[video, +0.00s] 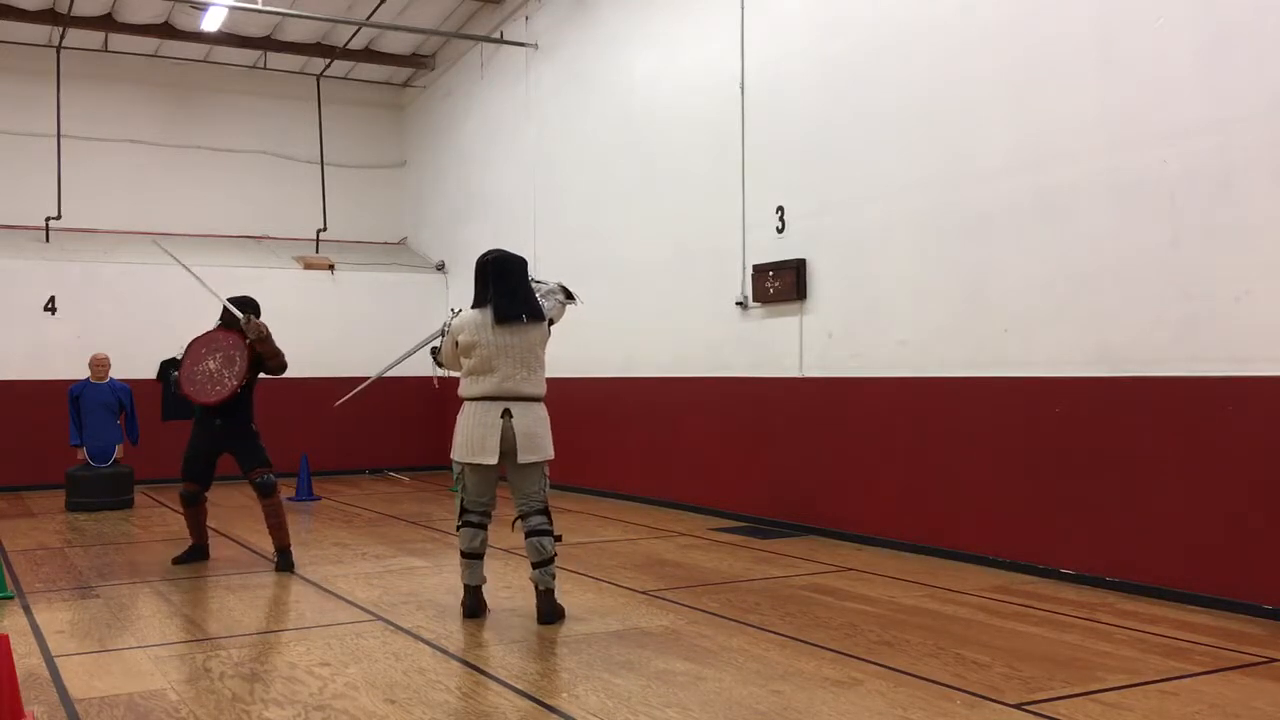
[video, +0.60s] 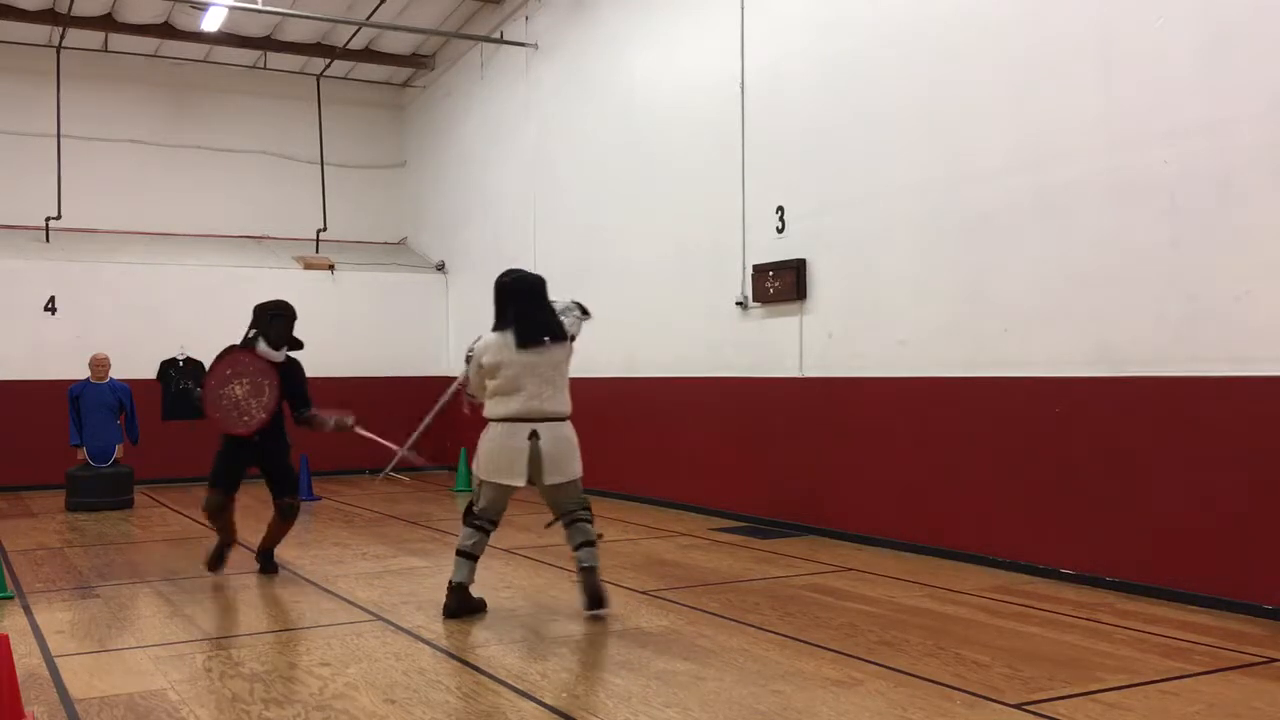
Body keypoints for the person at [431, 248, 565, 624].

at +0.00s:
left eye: (478, 280)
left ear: (481, 283)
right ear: (522, 282)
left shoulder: (465, 323)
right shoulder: (538, 318)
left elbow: (448, 360)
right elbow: (558, 297)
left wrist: (451, 331)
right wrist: (532, 283)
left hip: (478, 425)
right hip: (529, 423)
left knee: (474, 509)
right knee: (534, 508)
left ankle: (473, 595)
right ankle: (546, 599)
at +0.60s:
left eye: (499, 301)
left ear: (501, 304)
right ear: (541, 300)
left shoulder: (487, 346)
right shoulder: (560, 335)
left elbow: (476, 391)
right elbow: (572, 315)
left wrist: (472, 360)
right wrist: (574, 310)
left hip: (503, 441)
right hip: (556, 439)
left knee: (483, 516)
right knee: (574, 512)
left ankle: (457, 592)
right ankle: (591, 580)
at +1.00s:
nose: (603, 291)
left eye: (608, 285)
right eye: (605, 284)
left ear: (616, 292)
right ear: (648, 290)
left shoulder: (602, 330)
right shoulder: (666, 332)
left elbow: (561, 348)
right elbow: (645, 314)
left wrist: (551, 308)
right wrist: (613, 290)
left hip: (602, 434)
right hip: (649, 437)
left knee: (559, 512)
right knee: (629, 518)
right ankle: (646, 597)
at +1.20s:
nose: (652, 291)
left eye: (655, 285)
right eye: (651, 284)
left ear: (664, 290)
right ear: (697, 286)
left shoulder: (653, 330)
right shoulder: (713, 327)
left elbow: (609, 343)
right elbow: (691, 294)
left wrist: (594, 299)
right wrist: (652, 267)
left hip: (653, 436)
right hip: (696, 436)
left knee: (633, 528)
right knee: (655, 517)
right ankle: (647, 600)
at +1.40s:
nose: (695, 289)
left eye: (698, 282)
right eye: (693, 282)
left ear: (708, 286)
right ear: (743, 279)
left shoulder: (706, 331)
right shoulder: (765, 319)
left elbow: (656, 351)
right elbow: (733, 287)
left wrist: (632, 308)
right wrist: (690, 268)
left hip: (722, 441)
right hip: (762, 438)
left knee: (731, 534)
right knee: (710, 521)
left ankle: (760, 623)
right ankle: (684, 595)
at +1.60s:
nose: (750, 270)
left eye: (754, 263)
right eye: (752, 262)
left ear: (764, 269)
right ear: (799, 266)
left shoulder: (766, 320)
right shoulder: (819, 308)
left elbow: (733, 372)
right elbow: (775, 298)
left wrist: (695, 351)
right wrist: (733, 298)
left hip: (778, 434)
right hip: (823, 429)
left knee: (758, 526)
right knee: (798, 516)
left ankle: (765, 623)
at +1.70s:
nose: (780, 277)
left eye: (785, 269)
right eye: (782, 269)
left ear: (799, 273)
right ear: (829, 269)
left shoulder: (804, 324)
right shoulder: (847, 312)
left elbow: (769, 380)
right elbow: (793, 313)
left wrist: (721, 363)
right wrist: (752, 317)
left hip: (810, 433)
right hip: (851, 427)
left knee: (776, 526)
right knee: (854, 526)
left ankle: (765, 625)